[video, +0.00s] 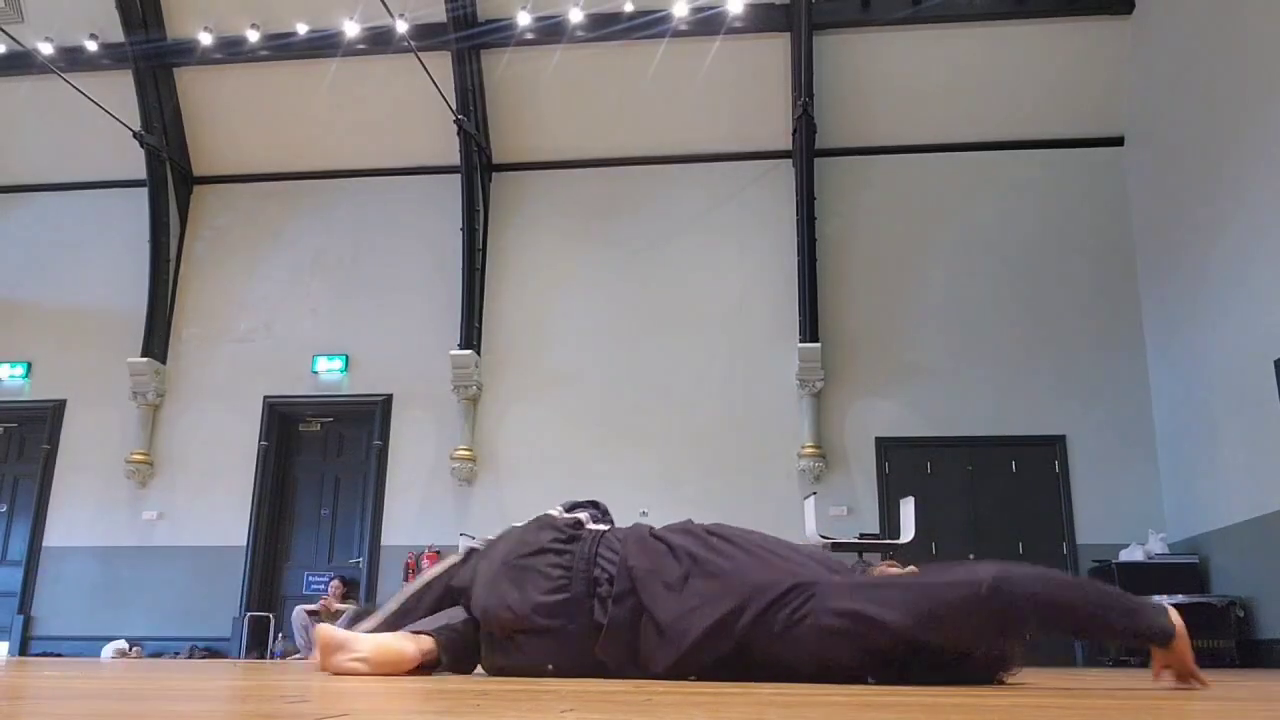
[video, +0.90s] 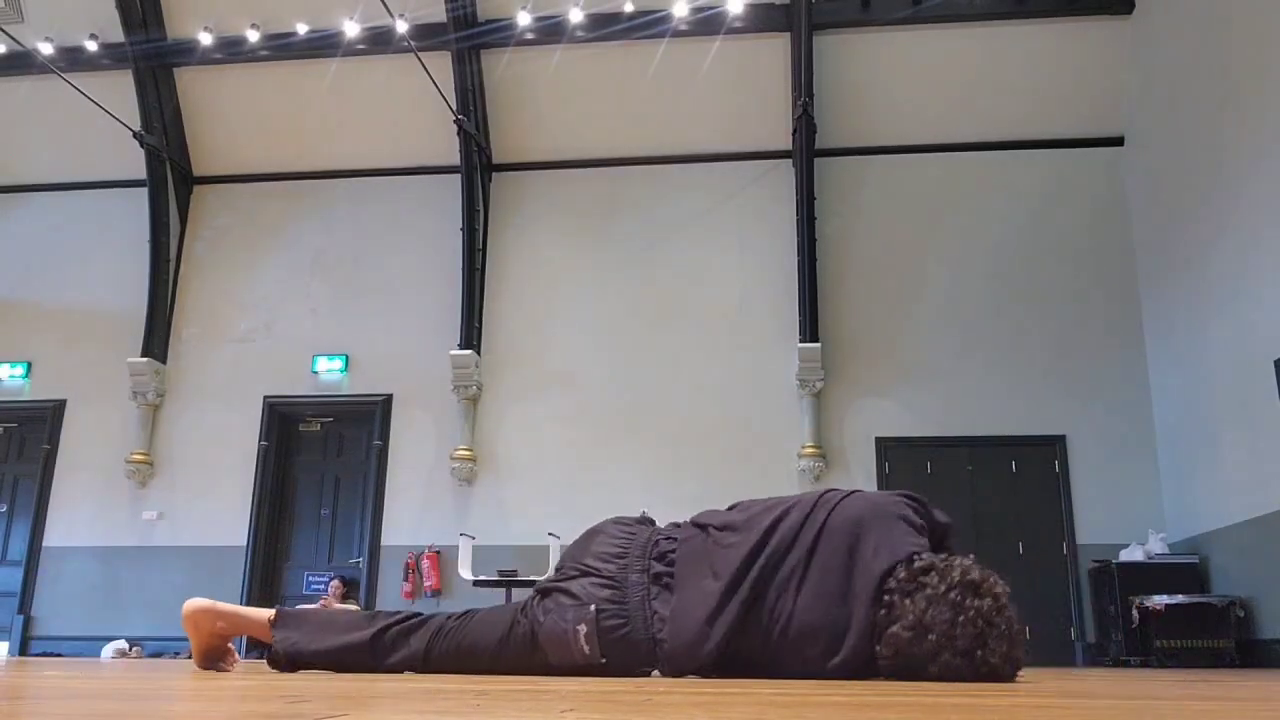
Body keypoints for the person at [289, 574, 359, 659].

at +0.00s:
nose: (333, 591)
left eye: (337, 588)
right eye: (331, 587)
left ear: (344, 590)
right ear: (328, 589)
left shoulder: (349, 603)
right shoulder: (323, 603)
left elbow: (356, 608)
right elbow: (299, 608)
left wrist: (335, 606)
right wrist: (316, 607)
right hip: (318, 633)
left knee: (352, 612)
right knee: (298, 611)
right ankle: (304, 651)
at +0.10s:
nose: (333, 591)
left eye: (337, 588)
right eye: (331, 587)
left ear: (343, 591)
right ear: (328, 588)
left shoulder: (349, 603)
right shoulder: (324, 602)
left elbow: (357, 609)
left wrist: (336, 606)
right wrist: (317, 607)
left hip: (337, 628)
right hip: (318, 627)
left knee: (352, 613)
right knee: (298, 610)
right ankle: (302, 642)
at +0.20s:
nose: (333, 591)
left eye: (337, 588)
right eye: (331, 587)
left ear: (343, 591)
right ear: (328, 588)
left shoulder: (349, 603)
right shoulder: (324, 602)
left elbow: (357, 610)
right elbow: (301, 608)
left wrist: (336, 606)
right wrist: (317, 607)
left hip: (337, 628)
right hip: (318, 627)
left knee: (352, 613)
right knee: (298, 610)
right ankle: (300, 641)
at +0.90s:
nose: (333, 591)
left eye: (337, 588)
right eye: (331, 587)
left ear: (344, 590)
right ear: (328, 588)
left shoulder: (349, 603)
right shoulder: (322, 603)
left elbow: (357, 609)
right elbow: (297, 608)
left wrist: (333, 606)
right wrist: (317, 606)